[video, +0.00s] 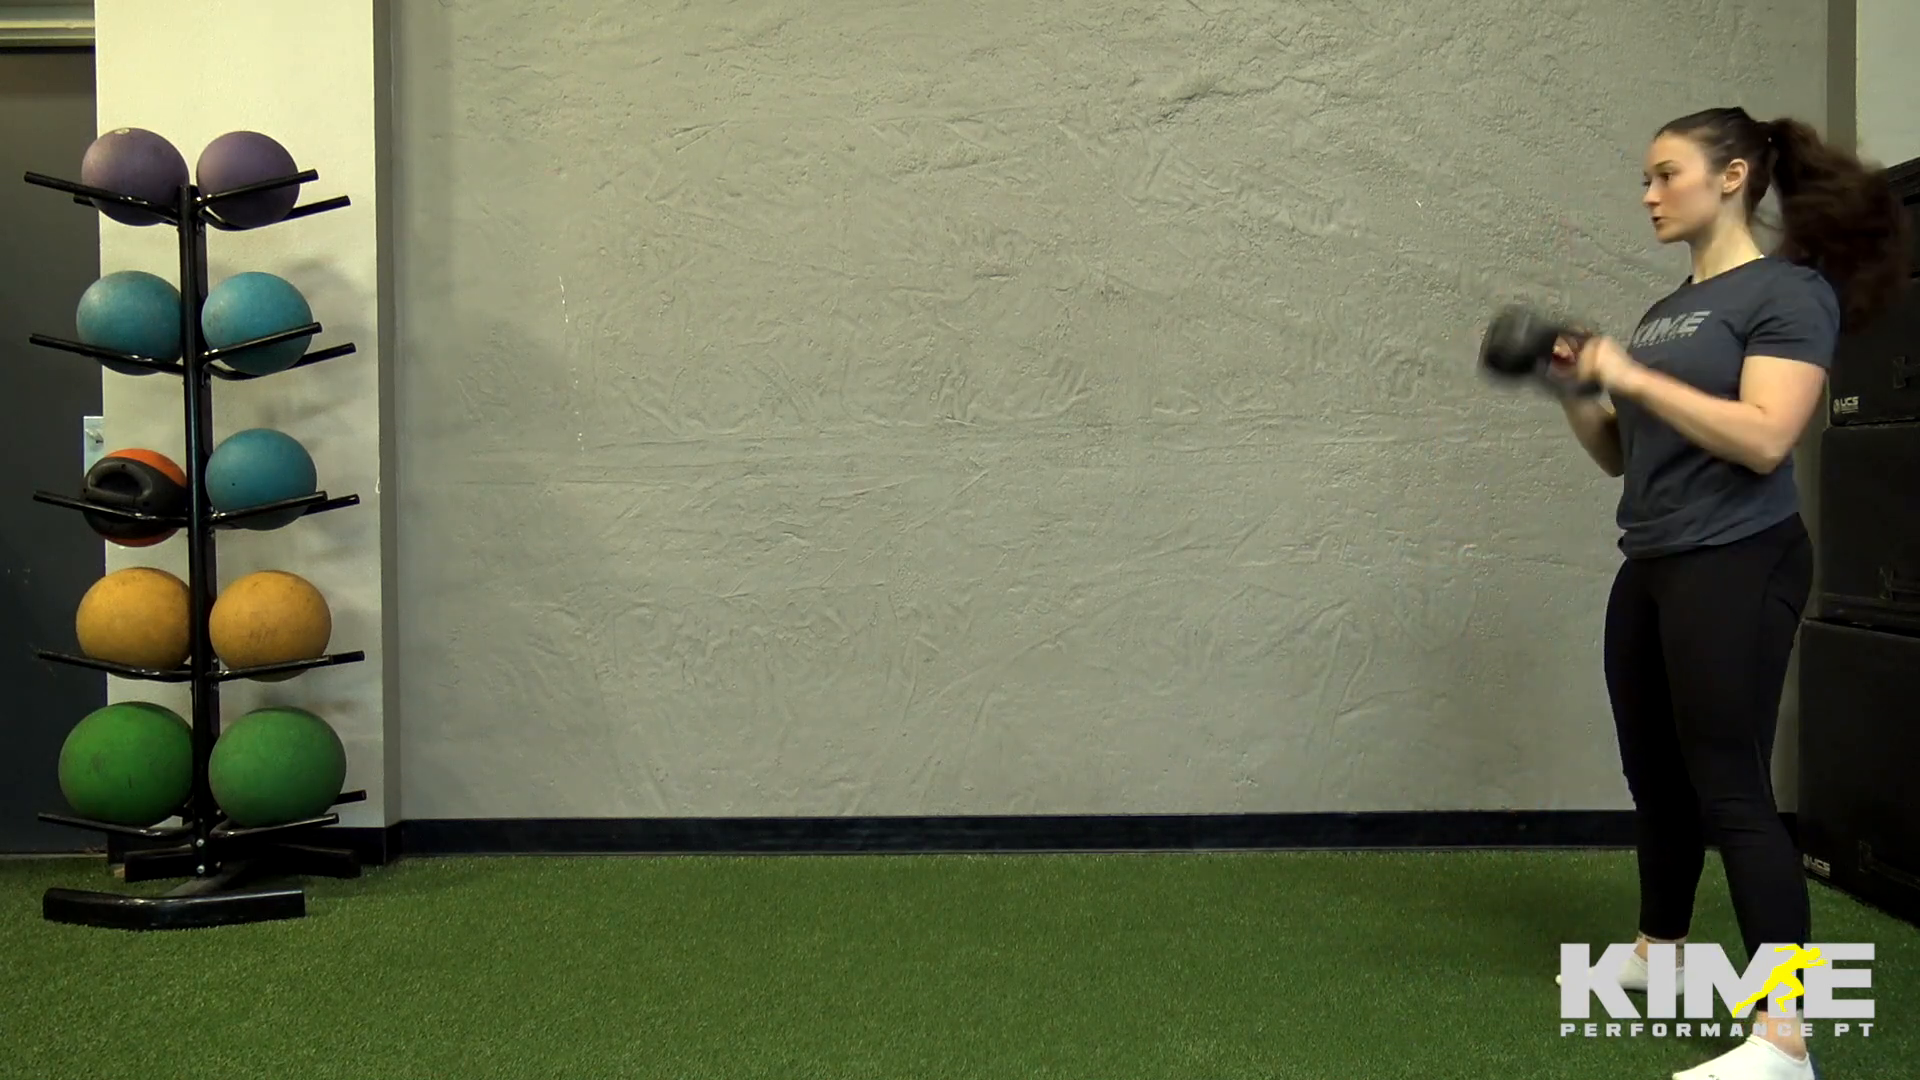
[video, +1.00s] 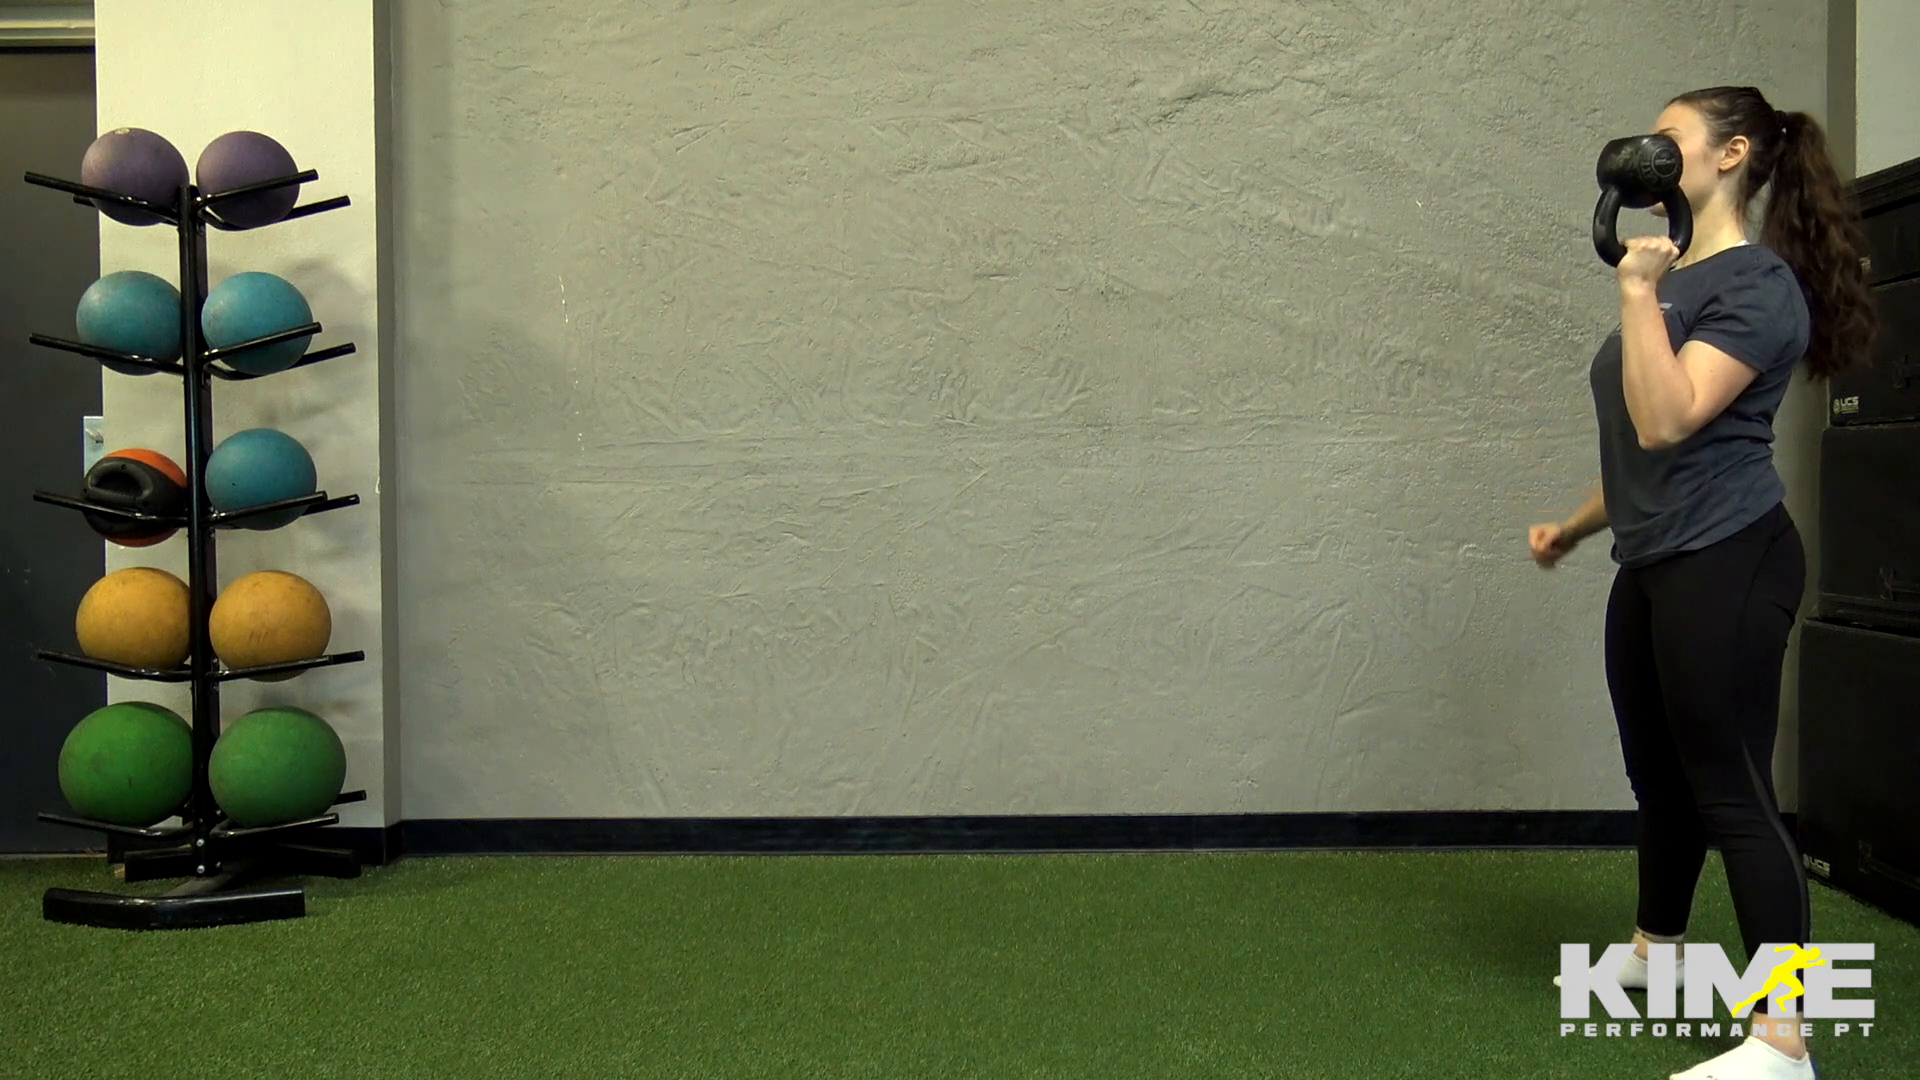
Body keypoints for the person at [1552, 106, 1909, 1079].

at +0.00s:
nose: (1649, 197)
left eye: (1666, 176)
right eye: (1648, 180)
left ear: (1734, 177)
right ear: (1709, 184)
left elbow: (1766, 437)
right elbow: (1625, 456)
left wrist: (1627, 372)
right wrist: (1579, 395)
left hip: (1739, 564)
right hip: (1650, 569)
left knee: (1733, 789)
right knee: (1658, 784)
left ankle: (1787, 1029)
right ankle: (1655, 968)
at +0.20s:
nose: (1651, 181)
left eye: (1670, 161)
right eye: (1652, 165)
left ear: (1738, 167)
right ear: (1715, 172)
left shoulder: (1774, 291)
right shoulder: (1671, 294)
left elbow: (1703, 417)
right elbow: (1631, 450)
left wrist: (1642, 298)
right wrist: (1565, 401)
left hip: (1733, 560)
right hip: (1652, 567)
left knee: (1735, 789)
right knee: (1662, 782)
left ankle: (1785, 1032)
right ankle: (1656, 963)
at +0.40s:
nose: (1661, 168)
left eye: (1679, 151)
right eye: (1660, 154)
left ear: (1741, 165)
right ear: (1675, 178)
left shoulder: (1776, 287)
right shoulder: (1670, 285)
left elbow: (1689, 404)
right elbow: (1636, 449)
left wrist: (1651, 278)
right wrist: (1570, 408)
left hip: (1737, 562)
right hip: (1652, 567)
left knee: (1738, 788)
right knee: (1662, 784)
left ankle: (1786, 1034)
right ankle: (1658, 967)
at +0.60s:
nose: (1658, 166)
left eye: (1678, 149)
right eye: (1659, 151)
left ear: (1740, 165)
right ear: (1702, 173)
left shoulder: (1768, 288)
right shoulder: (1674, 282)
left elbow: (1682, 412)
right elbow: (1647, 445)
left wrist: (1644, 288)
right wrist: (1567, 429)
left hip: (1735, 561)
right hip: (1654, 567)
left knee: (1736, 785)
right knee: (1663, 781)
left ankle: (1785, 1031)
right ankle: (1657, 965)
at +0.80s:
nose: (1658, 166)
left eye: (1674, 150)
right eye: (1658, 153)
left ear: (1738, 159)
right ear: (1714, 164)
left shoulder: (1765, 289)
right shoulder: (1676, 281)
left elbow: (1668, 426)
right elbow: (1651, 448)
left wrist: (1637, 300)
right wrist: (1563, 470)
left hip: (1727, 563)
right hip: (1652, 566)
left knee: (1735, 790)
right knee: (1663, 781)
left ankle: (1784, 1035)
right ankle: (1654, 963)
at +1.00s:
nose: (1652, 163)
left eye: (1672, 146)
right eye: (1653, 147)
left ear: (1734, 155)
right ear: (1710, 158)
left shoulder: (1761, 288)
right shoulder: (1677, 281)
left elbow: (1664, 419)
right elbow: (1649, 447)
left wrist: (1638, 291)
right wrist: (1573, 523)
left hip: (1728, 562)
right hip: (1651, 567)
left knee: (1731, 792)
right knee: (1663, 782)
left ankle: (1783, 1036)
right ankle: (1653, 962)